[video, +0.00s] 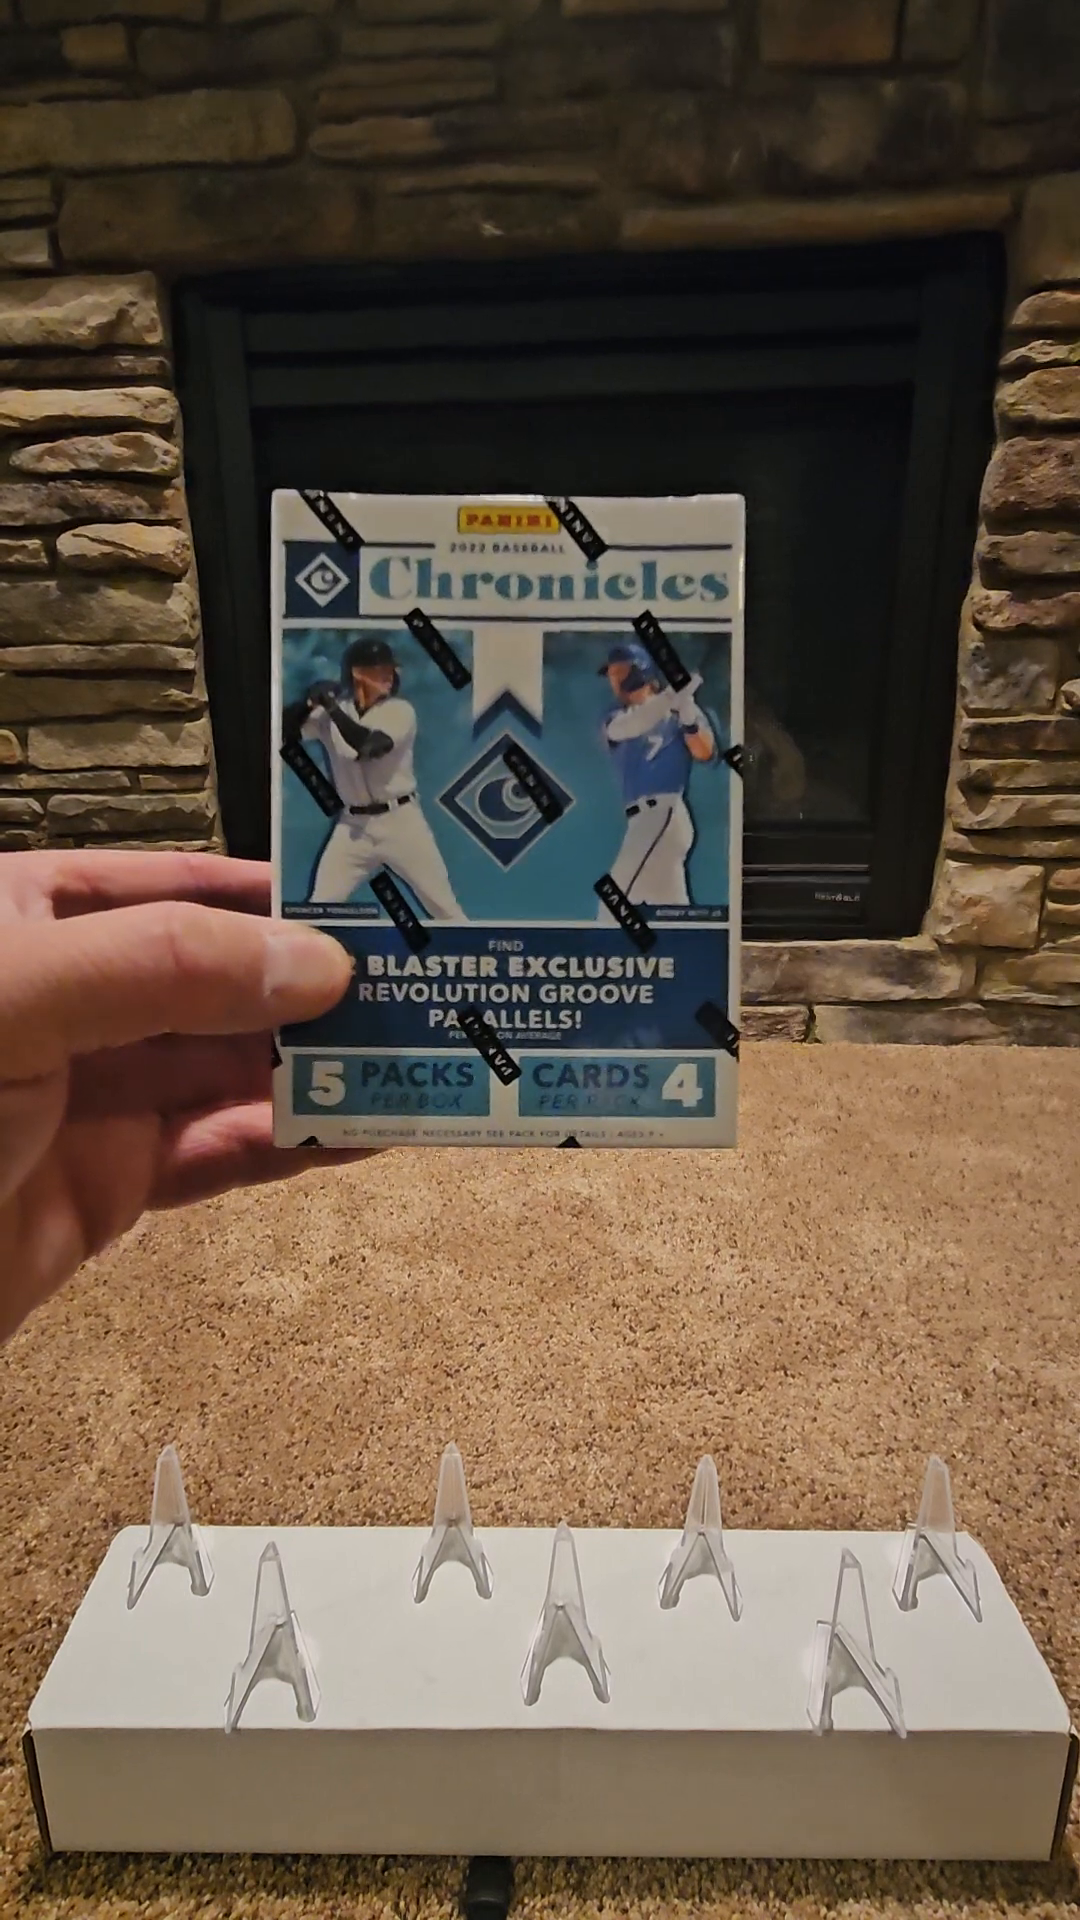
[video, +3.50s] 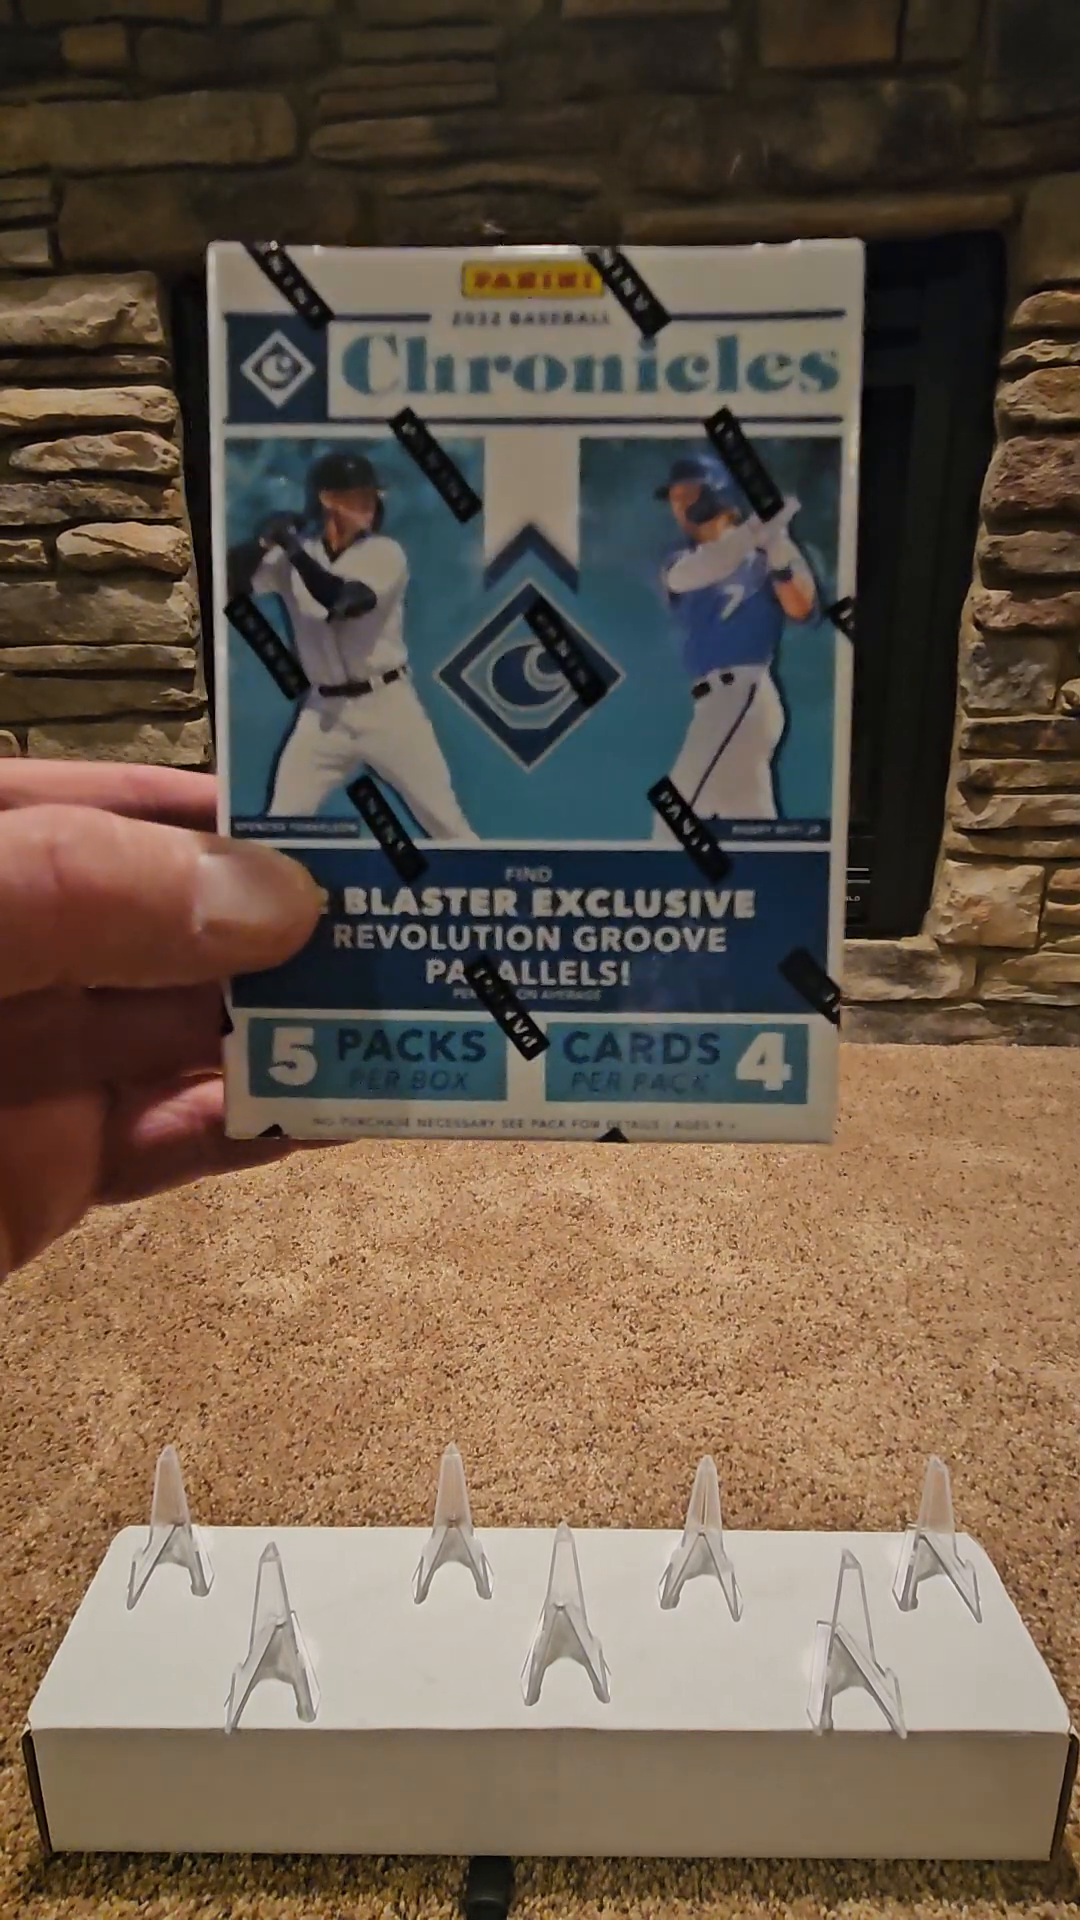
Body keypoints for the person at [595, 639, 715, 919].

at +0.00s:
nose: (614, 681)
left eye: (621, 672)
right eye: (611, 674)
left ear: (640, 672)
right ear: (608, 678)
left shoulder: (680, 709)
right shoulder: (615, 720)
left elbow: (704, 753)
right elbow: (632, 725)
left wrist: (687, 712)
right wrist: (673, 695)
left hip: (664, 816)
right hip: (640, 820)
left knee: (614, 903)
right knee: (671, 912)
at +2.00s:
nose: (604, 673)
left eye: (611, 663)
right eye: (600, 666)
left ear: (631, 664)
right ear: (596, 673)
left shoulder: (672, 702)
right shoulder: (601, 714)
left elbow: (699, 750)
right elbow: (624, 720)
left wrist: (679, 707)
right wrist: (662, 689)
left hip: (656, 816)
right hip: (632, 820)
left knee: (605, 906)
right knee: (665, 919)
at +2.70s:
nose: (605, 631)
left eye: (613, 620)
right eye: (601, 623)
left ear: (636, 621)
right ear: (598, 630)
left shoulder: (678, 664)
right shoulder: (606, 676)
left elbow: (705, 716)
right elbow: (625, 682)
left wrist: (686, 667)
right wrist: (666, 651)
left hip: (659, 785)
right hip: (632, 789)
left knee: (602, 881)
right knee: (663, 894)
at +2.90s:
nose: (597, 579)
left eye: (604, 569)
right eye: (593, 571)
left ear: (628, 569)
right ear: (590, 576)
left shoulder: (673, 610)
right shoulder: (595, 623)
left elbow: (703, 663)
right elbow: (619, 629)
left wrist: (682, 611)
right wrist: (660, 595)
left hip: (655, 738)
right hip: (626, 743)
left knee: (597, 841)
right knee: (663, 853)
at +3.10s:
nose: (622, 558)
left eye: (630, 547)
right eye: (617, 550)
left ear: (656, 549)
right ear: (613, 556)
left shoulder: (699, 592)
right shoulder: (622, 606)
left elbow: (732, 649)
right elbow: (642, 614)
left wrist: (710, 594)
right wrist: (682, 583)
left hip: (682, 727)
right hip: (653, 731)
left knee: (621, 835)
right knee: (693, 848)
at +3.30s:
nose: (644, 525)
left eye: (653, 513)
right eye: (641, 516)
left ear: (681, 514)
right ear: (638, 521)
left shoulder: (735, 562)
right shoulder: (652, 575)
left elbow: (765, 621)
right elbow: (655, 590)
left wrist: (742, 562)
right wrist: (718, 546)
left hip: (711, 704)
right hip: (682, 709)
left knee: (647, 819)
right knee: (721, 833)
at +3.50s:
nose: (679, 509)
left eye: (688, 496)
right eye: (674, 500)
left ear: (717, 497)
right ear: (670, 506)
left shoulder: (769, 547)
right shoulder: (680, 562)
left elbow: (801, 609)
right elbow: (698, 572)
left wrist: (777, 546)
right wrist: (757, 528)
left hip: (744, 697)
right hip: (713, 702)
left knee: (676, 816)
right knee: (753, 832)